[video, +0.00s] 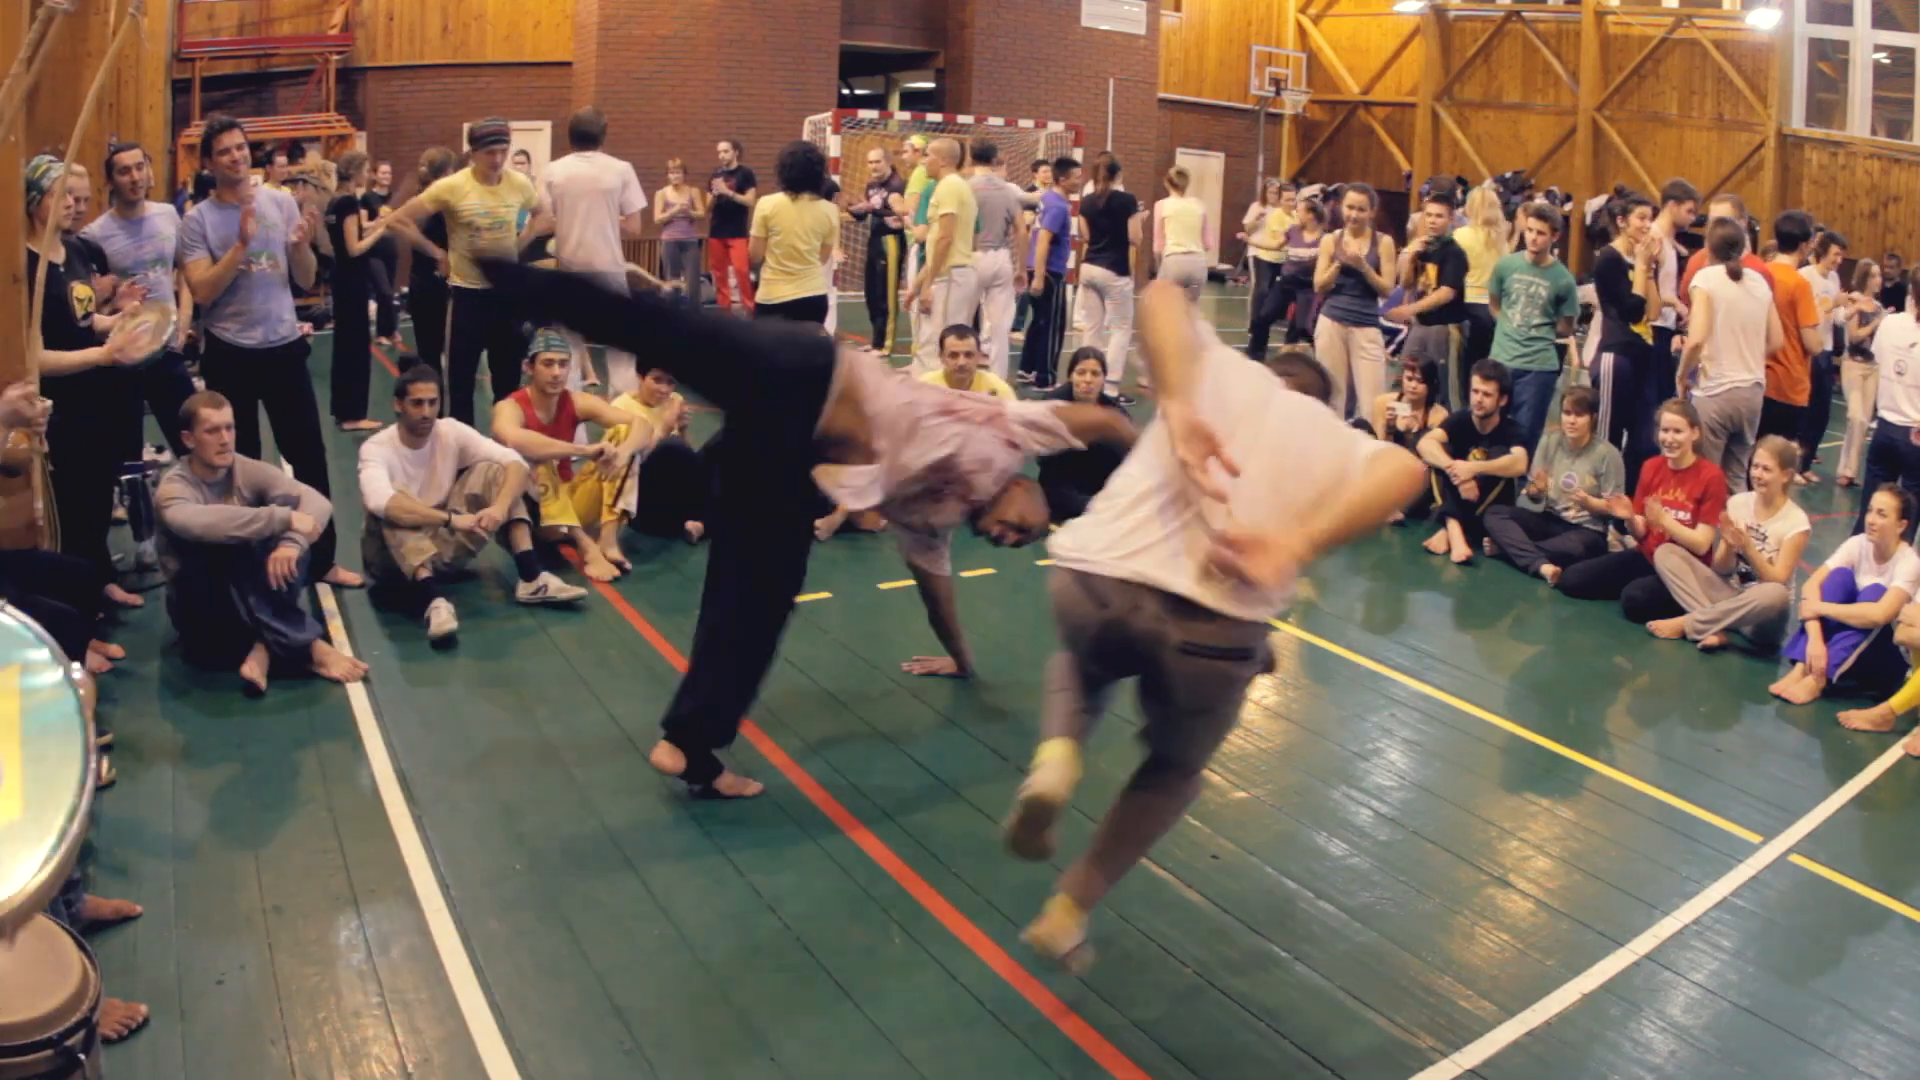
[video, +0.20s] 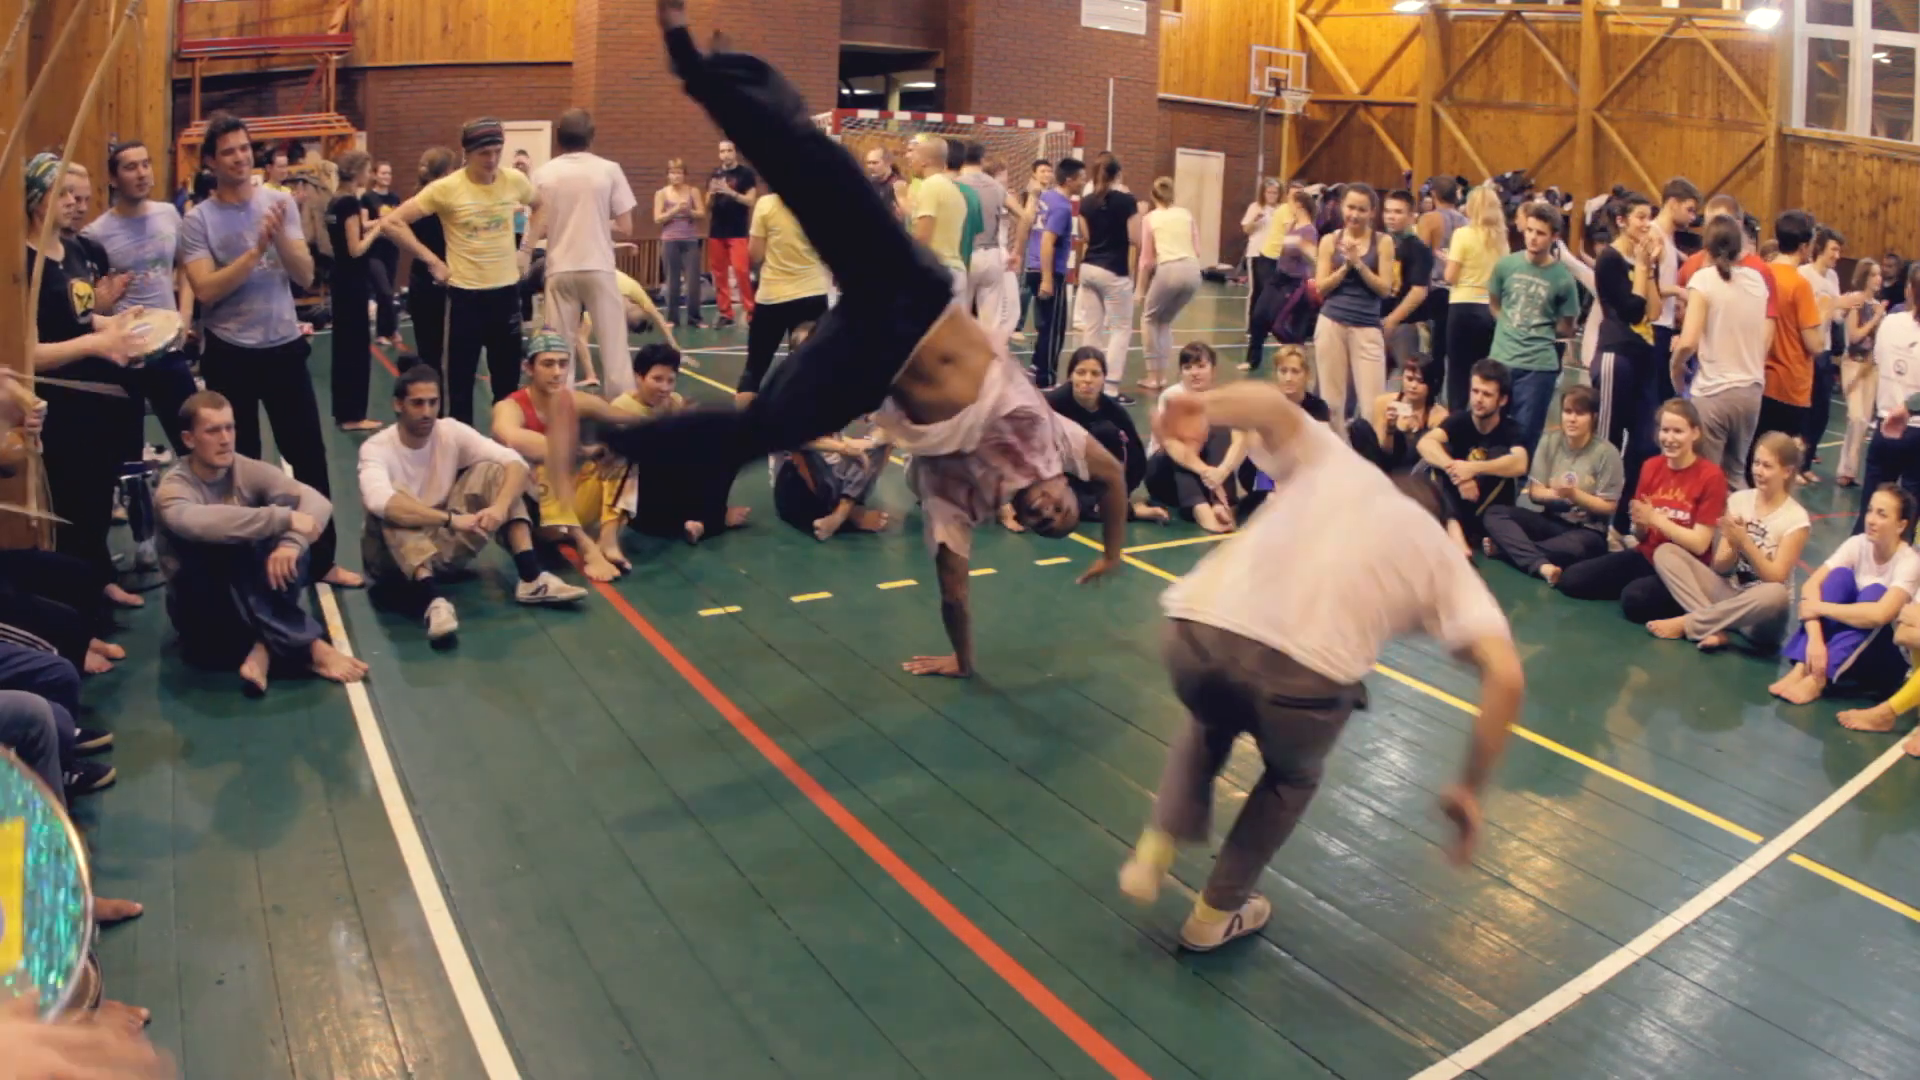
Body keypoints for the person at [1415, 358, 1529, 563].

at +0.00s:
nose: (1478, 399)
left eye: (1487, 395)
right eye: (1475, 392)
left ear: (1502, 400)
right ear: (1469, 391)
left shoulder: (1510, 428)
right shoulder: (1460, 419)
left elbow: (1519, 464)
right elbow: (1426, 443)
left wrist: (1473, 468)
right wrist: (1459, 474)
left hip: (1492, 509)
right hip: (1454, 503)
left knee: (1499, 456)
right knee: (1438, 455)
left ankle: (1449, 527)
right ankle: (1454, 528)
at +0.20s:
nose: (1478, 400)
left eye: (1487, 395)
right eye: (1475, 392)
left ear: (1502, 400)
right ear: (1469, 392)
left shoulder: (1510, 428)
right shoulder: (1460, 420)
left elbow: (1519, 465)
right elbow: (1425, 443)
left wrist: (1473, 468)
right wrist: (1458, 474)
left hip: (1494, 509)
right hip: (1458, 503)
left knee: (1499, 455)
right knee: (1438, 453)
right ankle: (1452, 524)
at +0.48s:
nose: (1479, 399)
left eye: (1487, 394)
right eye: (1475, 392)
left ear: (1503, 400)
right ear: (1469, 392)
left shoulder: (1510, 428)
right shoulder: (1458, 420)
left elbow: (1519, 465)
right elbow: (1425, 443)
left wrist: (1473, 468)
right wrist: (1452, 467)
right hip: (1453, 501)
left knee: (1499, 454)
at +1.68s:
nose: (1479, 399)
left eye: (1487, 395)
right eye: (1475, 392)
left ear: (1503, 400)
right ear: (1469, 392)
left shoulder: (1510, 429)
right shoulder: (1459, 422)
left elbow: (1519, 464)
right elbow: (1426, 443)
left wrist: (1473, 467)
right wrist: (1458, 473)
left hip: (1492, 512)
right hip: (1453, 503)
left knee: (1502, 457)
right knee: (1438, 457)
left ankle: (1450, 529)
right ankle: (1454, 529)